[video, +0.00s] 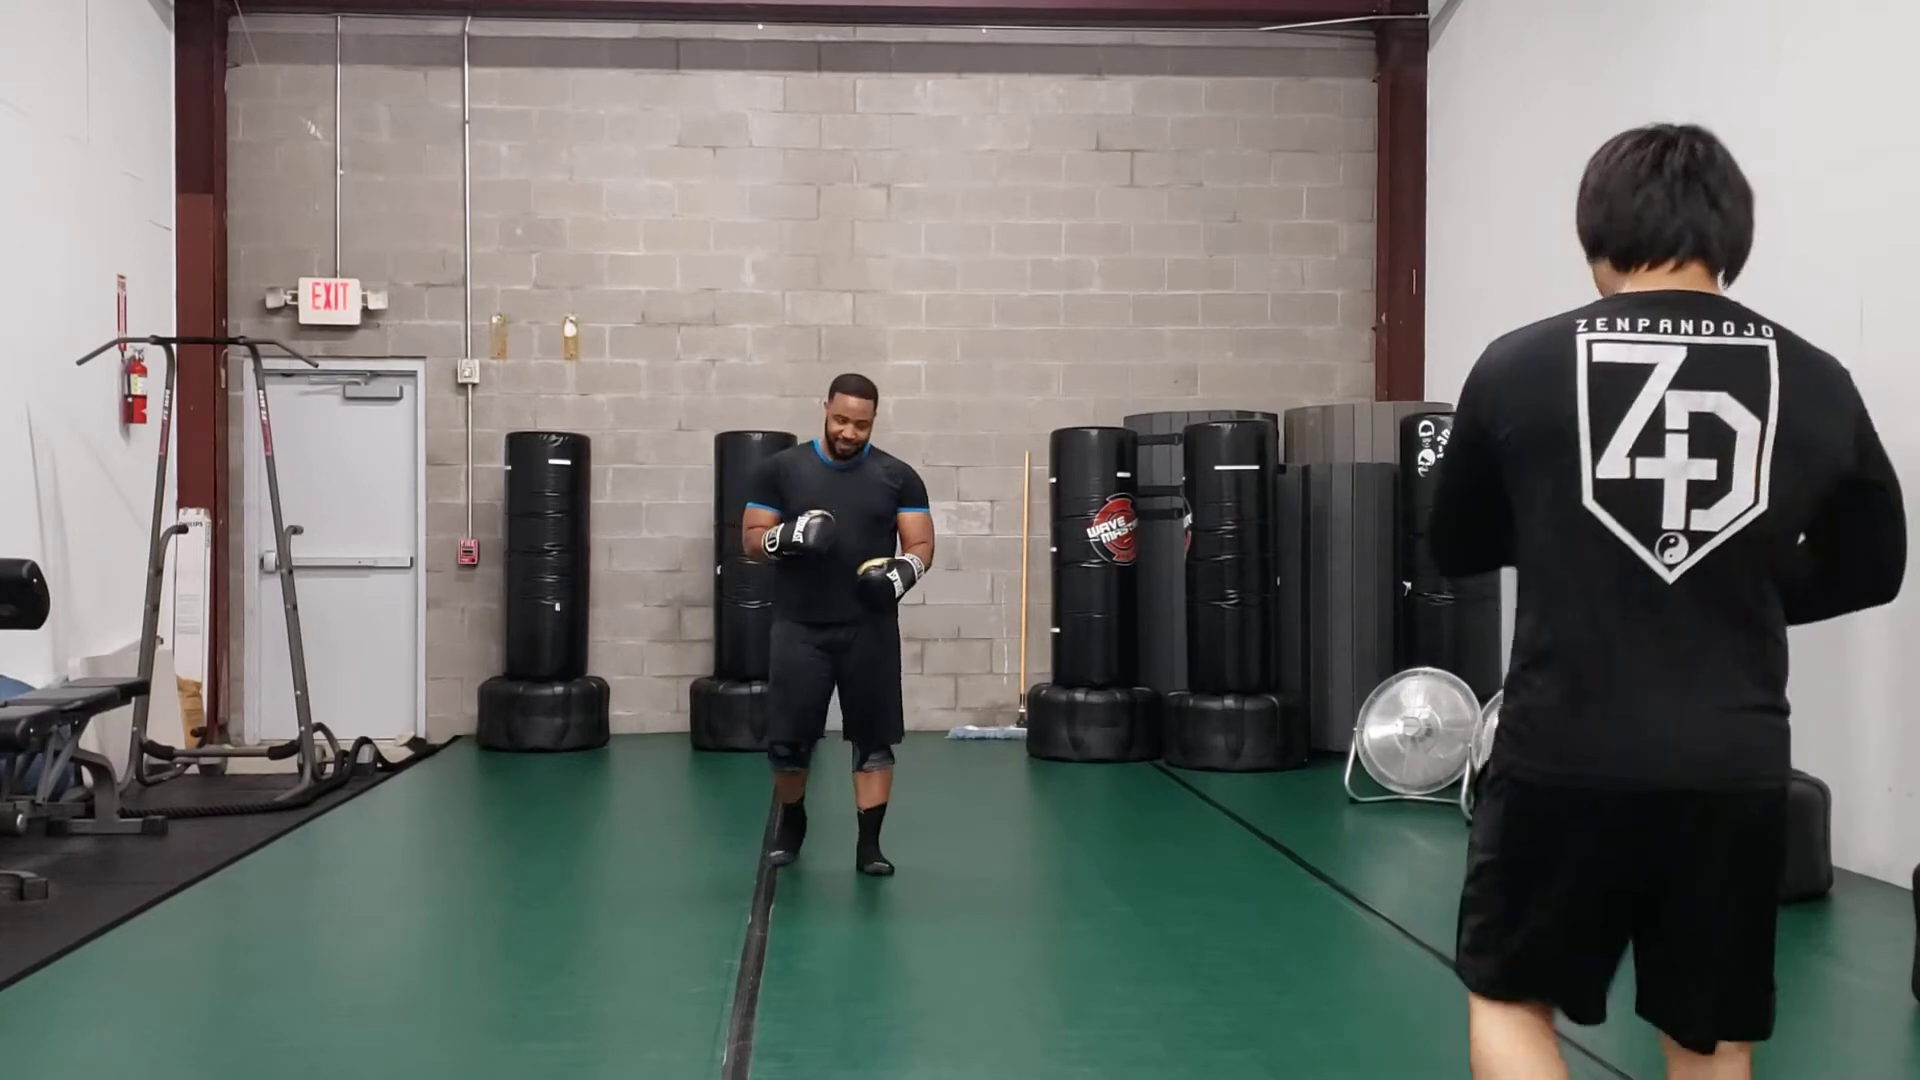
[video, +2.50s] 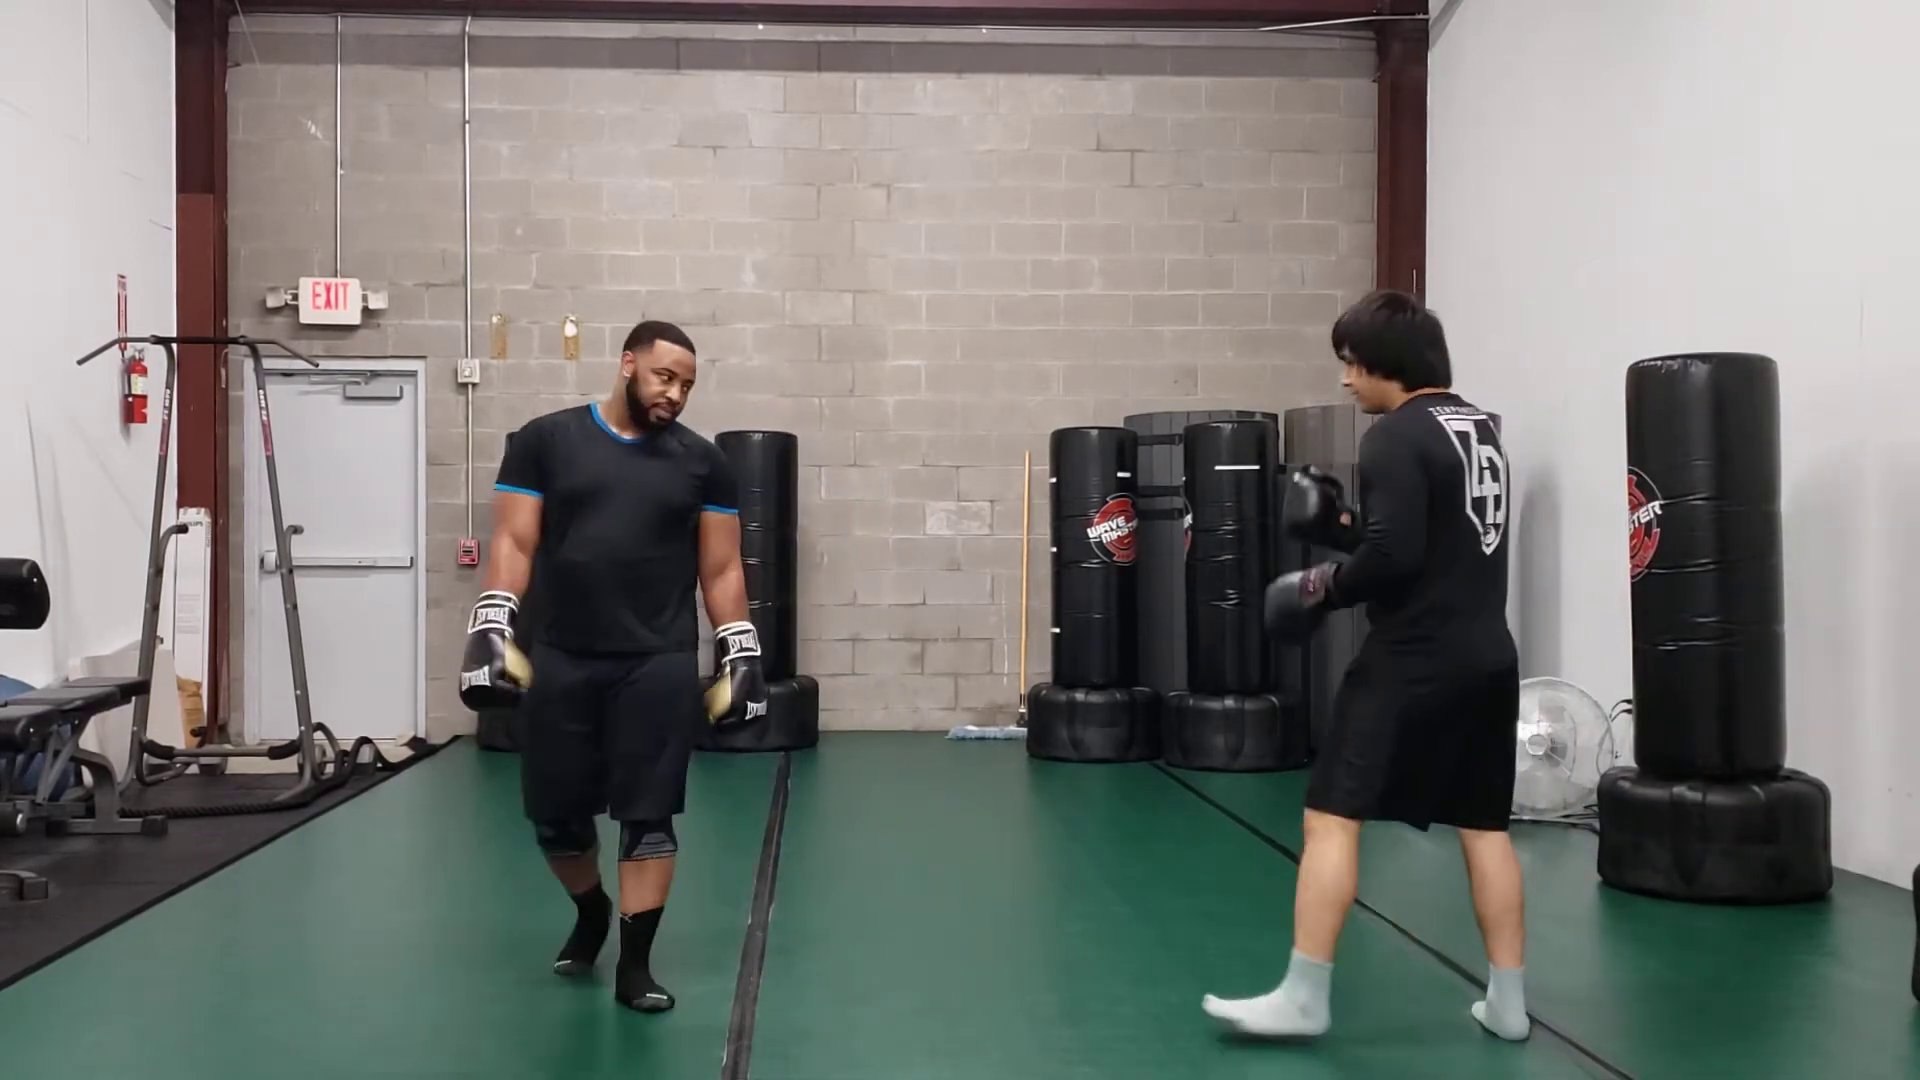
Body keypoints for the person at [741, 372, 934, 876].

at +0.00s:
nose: (849, 432)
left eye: (860, 424)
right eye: (841, 420)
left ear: (874, 423)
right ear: (825, 411)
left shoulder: (898, 478)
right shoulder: (782, 470)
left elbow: (921, 545)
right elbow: (751, 540)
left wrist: (902, 571)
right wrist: (782, 537)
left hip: (870, 629)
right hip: (798, 629)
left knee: (875, 739)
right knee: (787, 741)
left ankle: (870, 847)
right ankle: (790, 826)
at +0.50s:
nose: (800, 427)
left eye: (811, 418)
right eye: (791, 416)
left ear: (824, 416)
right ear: (774, 411)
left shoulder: (856, 473)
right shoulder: (738, 472)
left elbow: (872, 553)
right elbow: (710, 544)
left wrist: (880, 619)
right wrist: (733, 554)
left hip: (838, 636)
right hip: (764, 638)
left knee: (858, 751)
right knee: (761, 755)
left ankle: (865, 838)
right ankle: (756, 873)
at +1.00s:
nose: (763, 421)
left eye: (774, 411)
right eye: (753, 408)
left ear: (786, 409)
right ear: (732, 399)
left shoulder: (815, 471)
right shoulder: (685, 469)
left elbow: (833, 554)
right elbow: (657, 547)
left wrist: (847, 624)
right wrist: (693, 556)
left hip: (788, 636)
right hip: (718, 640)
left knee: (774, 752)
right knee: (735, 764)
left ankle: (760, 883)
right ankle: (751, 872)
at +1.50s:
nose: (736, 405)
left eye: (750, 396)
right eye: (728, 390)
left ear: (765, 399)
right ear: (708, 384)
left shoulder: (791, 466)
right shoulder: (660, 461)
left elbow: (813, 554)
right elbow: (626, 549)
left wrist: (814, 630)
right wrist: (587, 618)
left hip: (760, 649)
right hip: (673, 646)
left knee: (759, 780)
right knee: (648, 768)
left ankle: (748, 902)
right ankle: (666, 894)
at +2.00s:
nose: (655, 397)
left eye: (669, 387)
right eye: (645, 381)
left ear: (683, 391)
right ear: (622, 374)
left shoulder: (710, 460)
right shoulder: (567, 455)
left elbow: (733, 554)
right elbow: (540, 554)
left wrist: (739, 631)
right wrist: (521, 630)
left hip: (677, 652)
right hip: (588, 654)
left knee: (697, 787)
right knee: (596, 799)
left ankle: (718, 878)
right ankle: (598, 936)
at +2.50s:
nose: (676, 394)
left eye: (686, 384)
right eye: (666, 377)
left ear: (690, 387)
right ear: (627, 364)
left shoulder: (702, 465)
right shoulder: (544, 443)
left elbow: (721, 570)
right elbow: (515, 543)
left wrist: (743, 653)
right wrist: (489, 626)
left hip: (657, 664)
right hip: (559, 661)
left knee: (649, 817)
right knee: (556, 819)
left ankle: (635, 967)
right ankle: (592, 909)